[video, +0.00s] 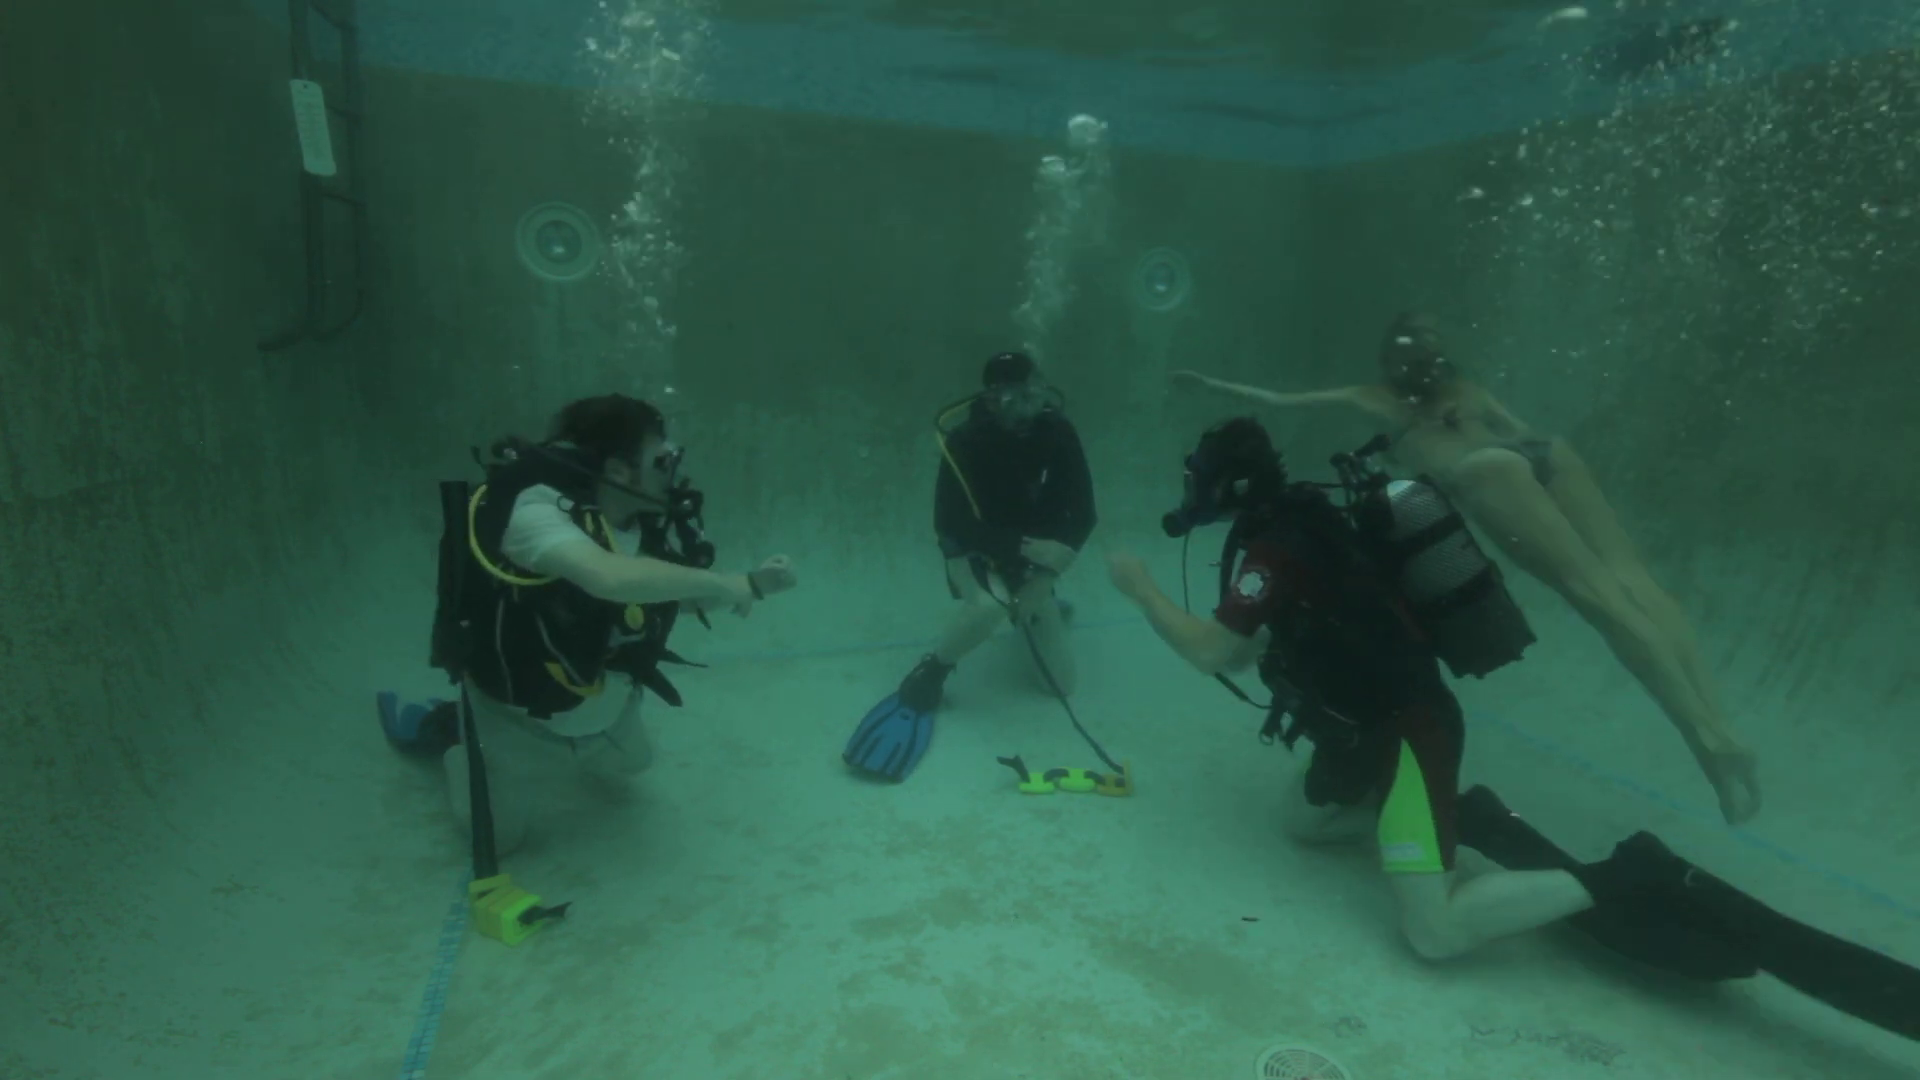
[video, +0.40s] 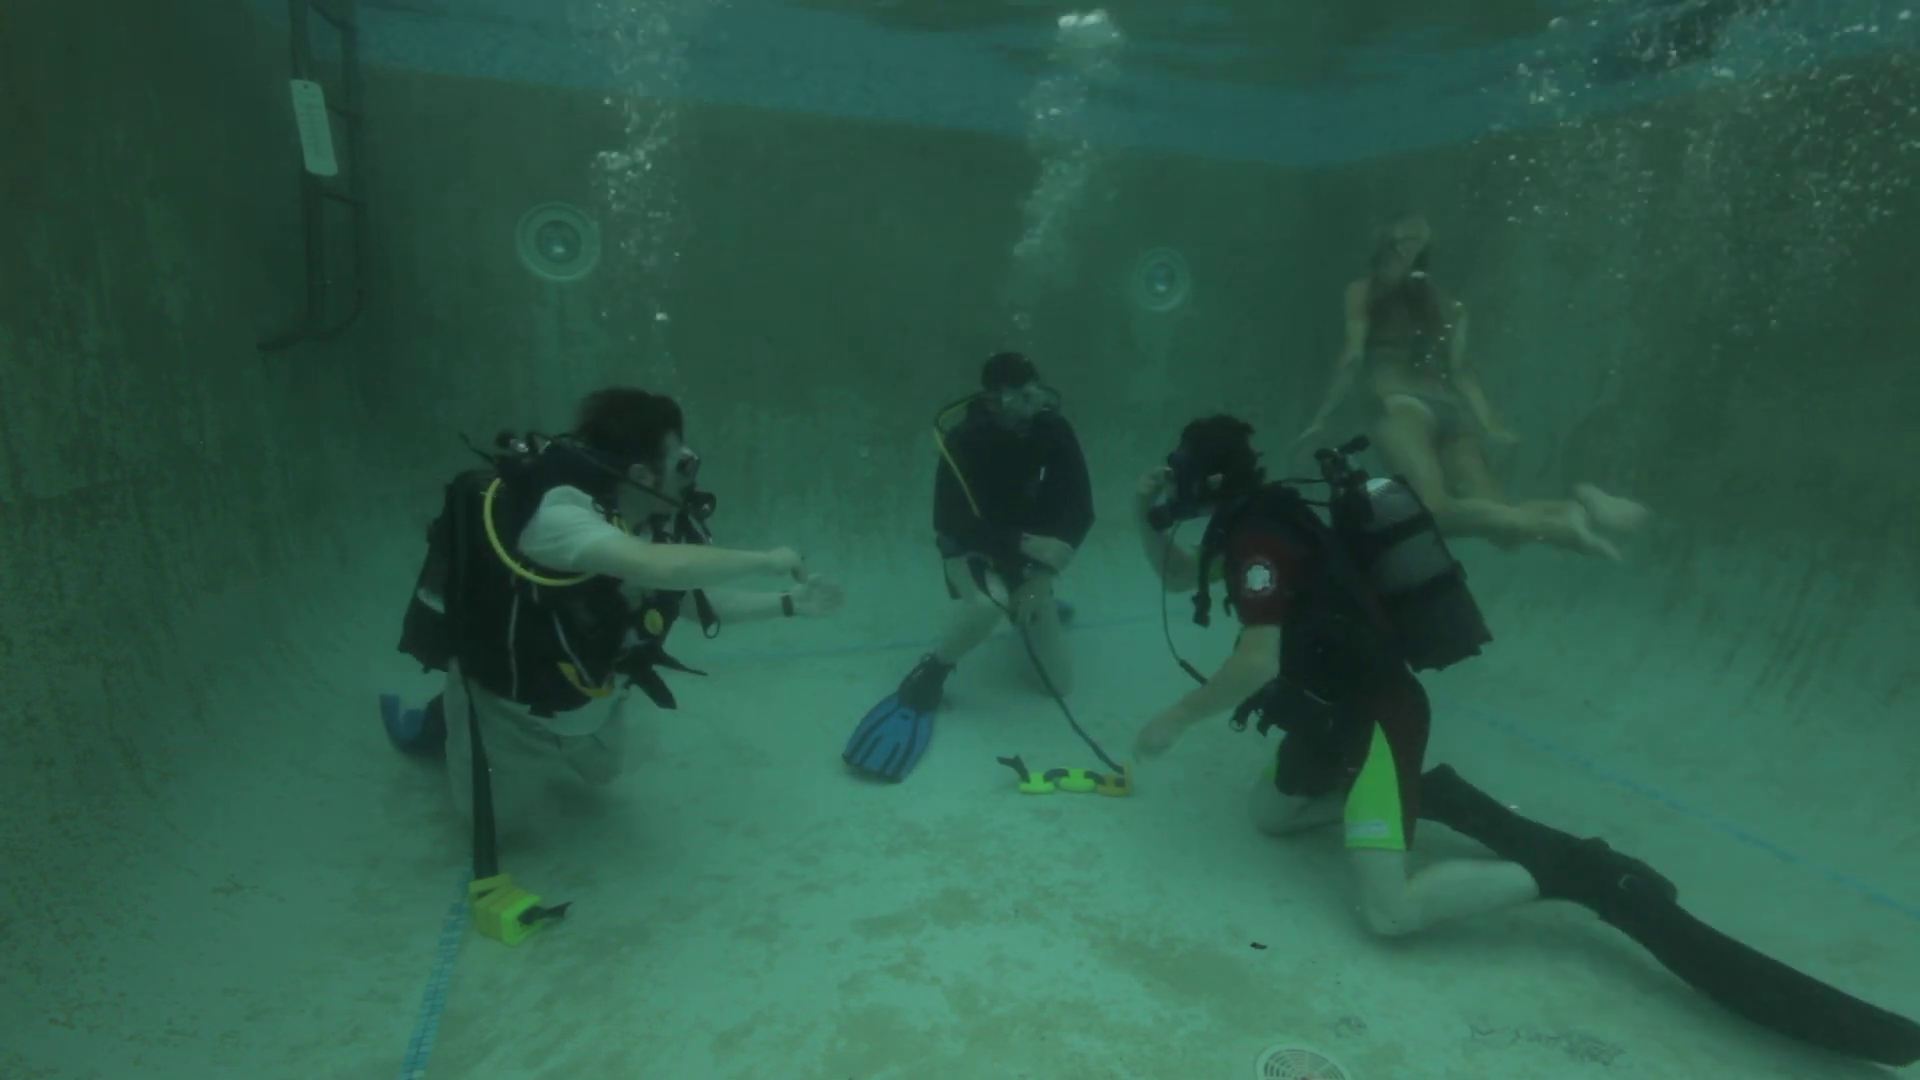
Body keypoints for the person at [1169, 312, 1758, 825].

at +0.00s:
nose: (1397, 381)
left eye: (1394, 372)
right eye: (1406, 369)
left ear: (1394, 371)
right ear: (1435, 361)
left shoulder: (1386, 399)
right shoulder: (1467, 389)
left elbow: (1289, 400)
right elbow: (1524, 434)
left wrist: (1215, 381)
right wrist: (1544, 450)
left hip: (1484, 472)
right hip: (1544, 456)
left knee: (1592, 594)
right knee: (1635, 582)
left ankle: (1704, 738)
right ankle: (1718, 730)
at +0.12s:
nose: (1414, 337)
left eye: (1415, 329)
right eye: (1409, 330)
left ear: (1397, 338)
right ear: (1419, 336)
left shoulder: (1368, 378)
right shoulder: (1459, 369)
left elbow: (1281, 394)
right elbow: (1523, 407)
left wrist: (1214, 406)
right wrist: (1571, 460)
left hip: (1451, 456)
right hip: (1509, 438)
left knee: (1562, 555)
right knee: (1602, 544)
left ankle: (1686, 678)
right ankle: (1709, 661)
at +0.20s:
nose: (1409, 329)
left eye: (1409, 322)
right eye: (1408, 321)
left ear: (1391, 320)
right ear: (1423, 319)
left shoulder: (1364, 356)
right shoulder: (1454, 352)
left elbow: (1304, 382)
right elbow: (1512, 396)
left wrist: (1259, 412)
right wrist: (1568, 433)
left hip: (1434, 443)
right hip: (1491, 428)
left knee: (1539, 534)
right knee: (1577, 519)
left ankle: (1650, 636)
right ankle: (1693, 610)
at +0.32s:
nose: (1387, 262)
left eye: (1391, 255)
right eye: (1394, 254)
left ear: (1392, 264)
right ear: (1423, 269)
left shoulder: (1361, 311)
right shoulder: (1448, 323)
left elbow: (1334, 371)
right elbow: (1465, 378)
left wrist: (1292, 428)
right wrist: (1512, 416)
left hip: (1409, 416)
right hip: (1464, 415)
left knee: (1471, 509)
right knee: (1526, 511)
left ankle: (1596, 572)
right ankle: (1641, 534)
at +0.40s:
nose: (1399, 249)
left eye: (1407, 242)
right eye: (1399, 240)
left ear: (1411, 247)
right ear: (1408, 246)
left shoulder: (1366, 291)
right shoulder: (1449, 304)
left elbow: (1353, 358)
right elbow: (1460, 371)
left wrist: (1320, 421)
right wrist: (1493, 427)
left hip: (1400, 402)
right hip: (1453, 404)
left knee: (1439, 511)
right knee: (1501, 531)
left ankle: (1567, 527)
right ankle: (1581, 507)